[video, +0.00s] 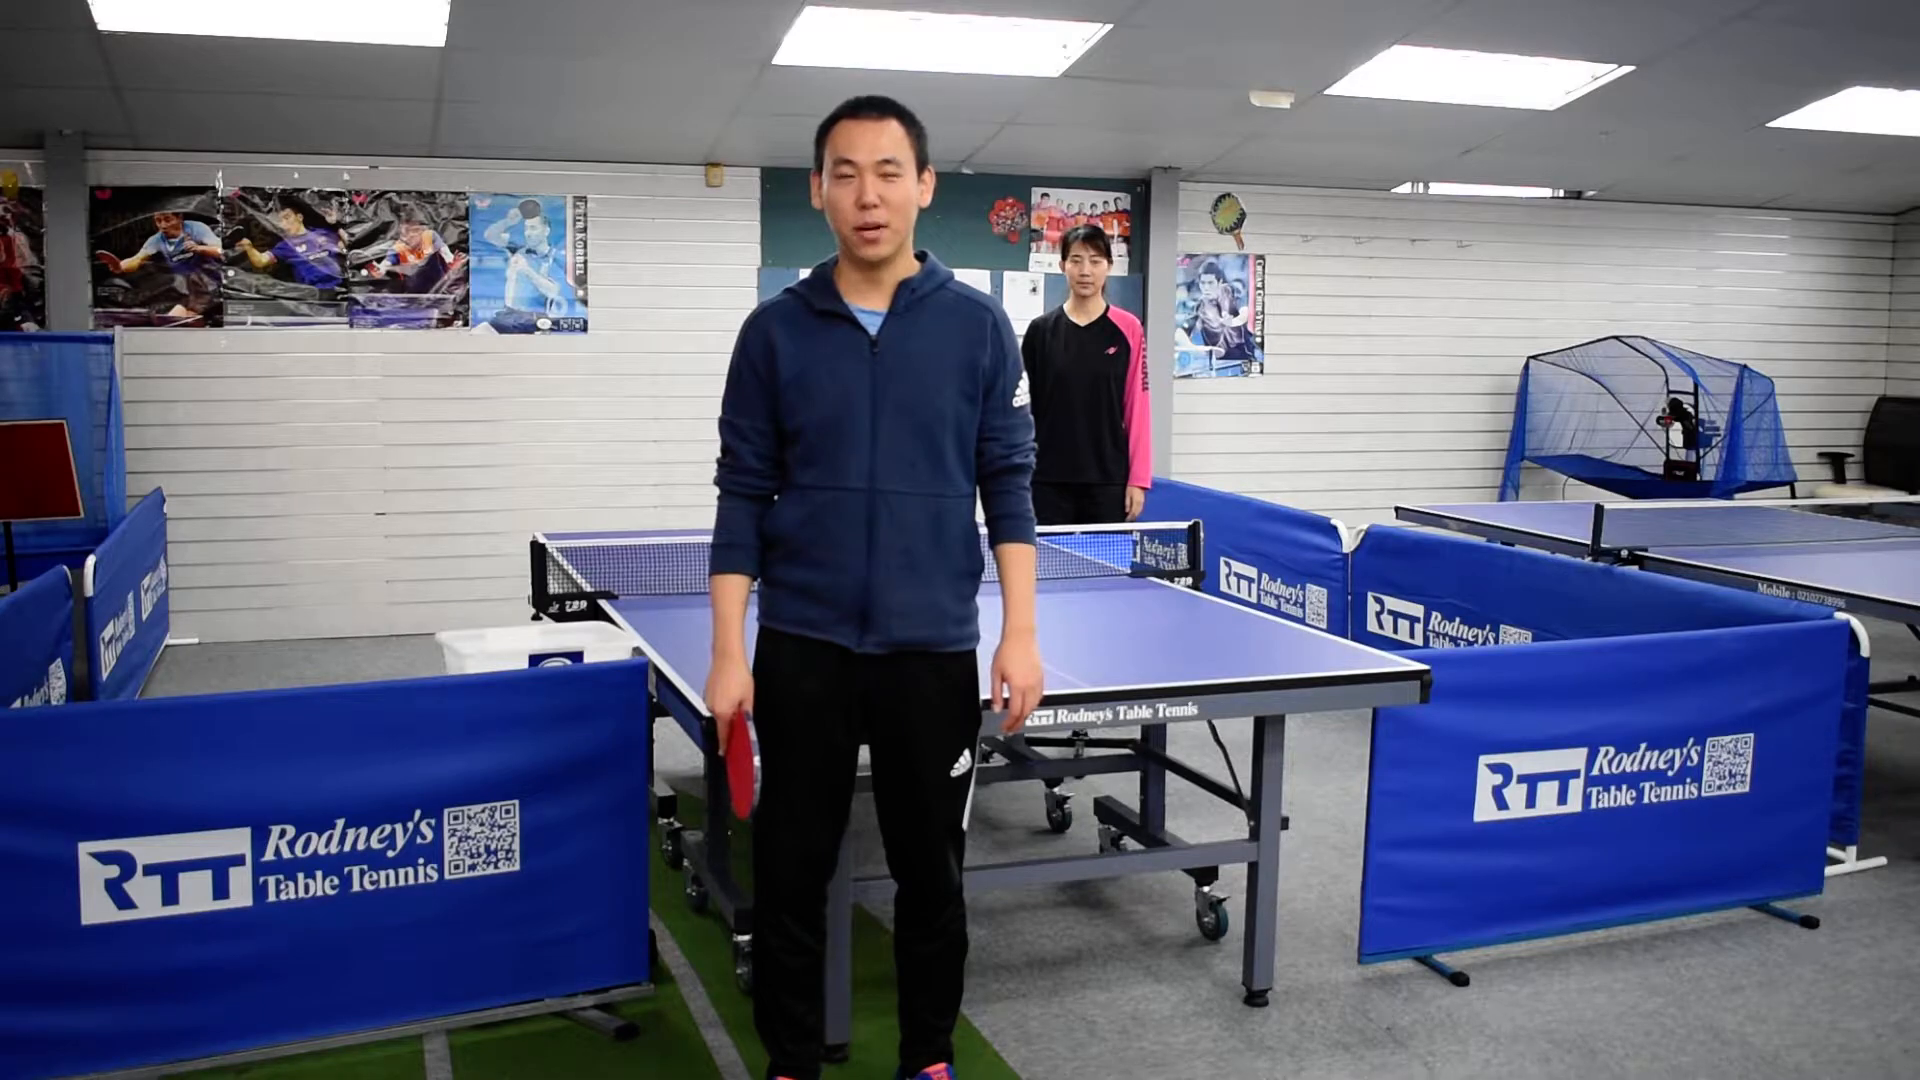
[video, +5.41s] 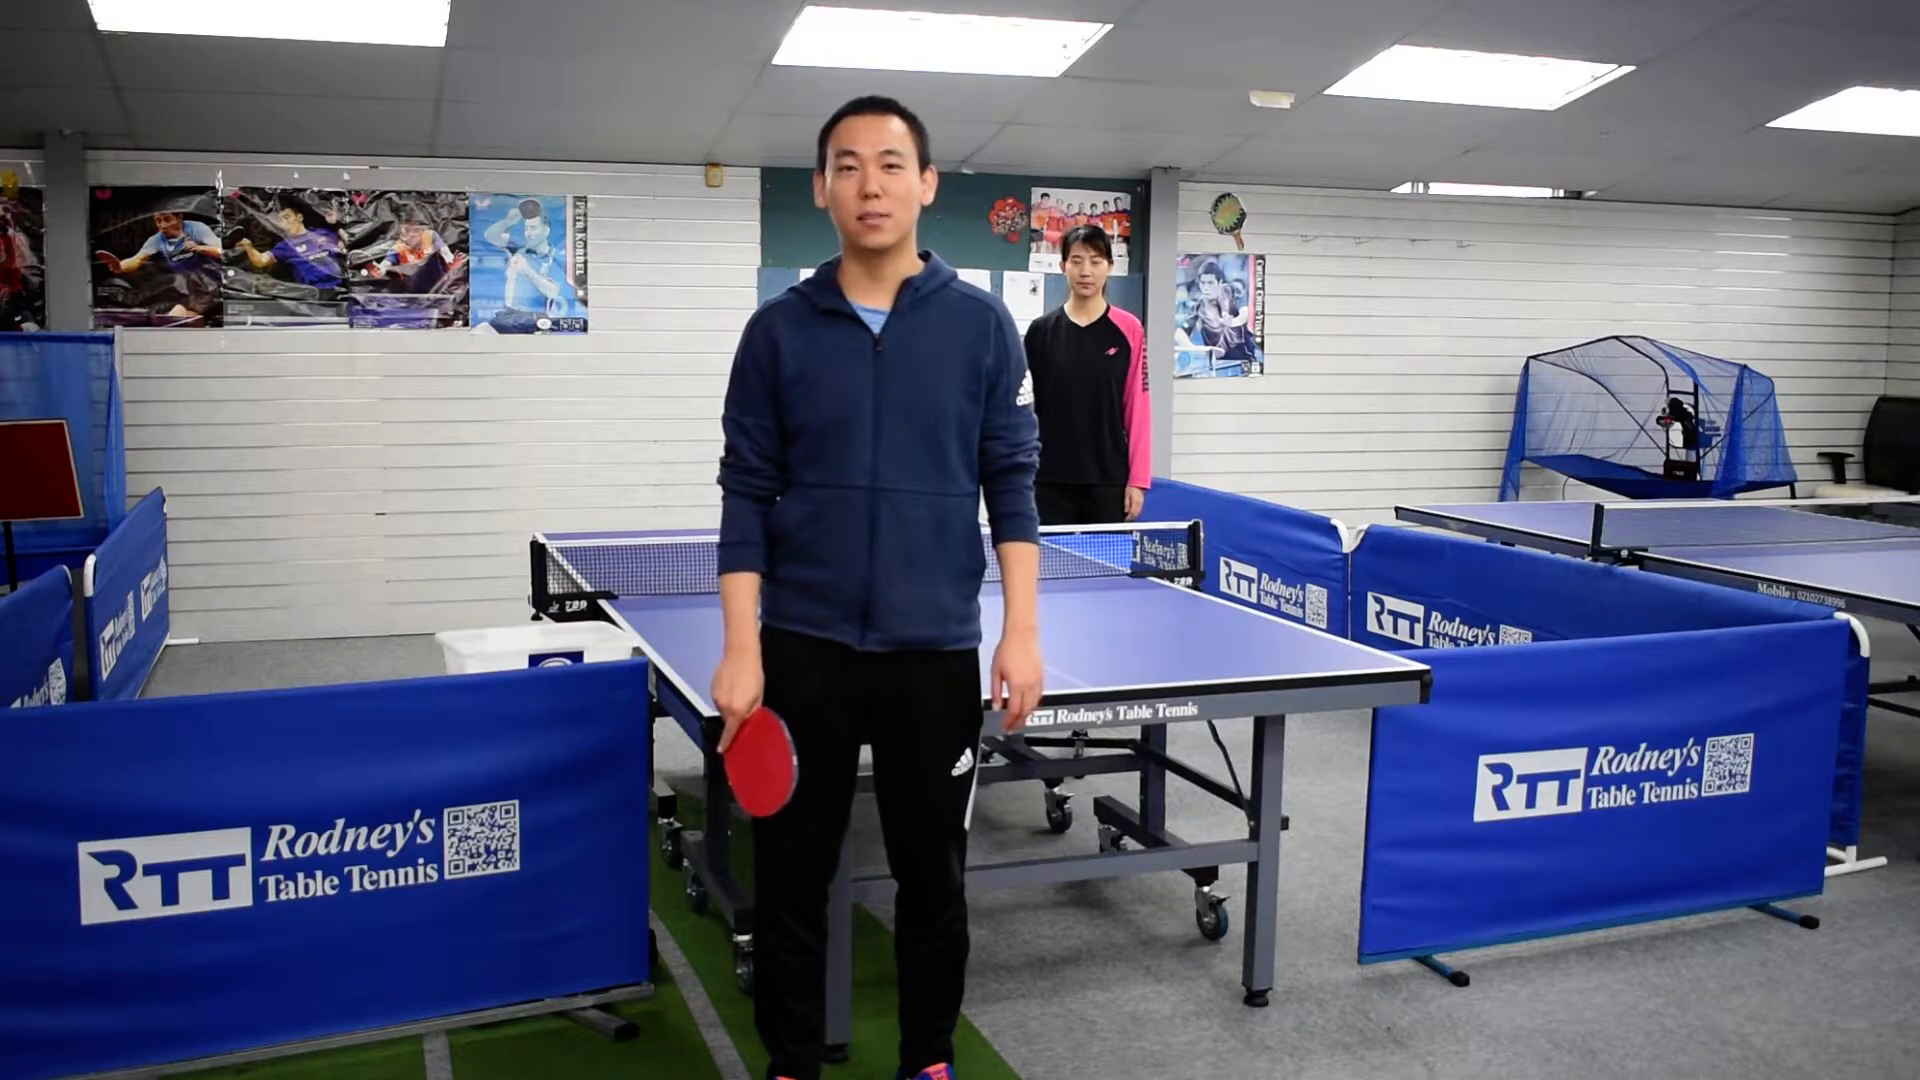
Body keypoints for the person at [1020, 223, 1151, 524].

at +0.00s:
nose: (1085, 271)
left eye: (1095, 262)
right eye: (1076, 261)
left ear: (1109, 268)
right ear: (1063, 266)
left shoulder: (1128, 329)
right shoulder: (1040, 331)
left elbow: (1137, 407)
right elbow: (1022, 405)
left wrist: (1138, 478)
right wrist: (1019, 477)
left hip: (1107, 482)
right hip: (1049, 480)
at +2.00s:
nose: (1085, 271)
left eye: (1095, 262)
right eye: (1075, 261)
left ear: (1108, 268)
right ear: (1063, 266)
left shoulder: (1128, 329)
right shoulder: (1040, 331)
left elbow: (1137, 406)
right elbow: (1023, 404)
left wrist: (1138, 479)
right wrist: (1020, 476)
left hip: (1107, 482)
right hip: (1050, 480)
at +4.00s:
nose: (1086, 271)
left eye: (1096, 262)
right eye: (1076, 261)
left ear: (1109, 268)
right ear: (1064, 266)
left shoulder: (1128, 329)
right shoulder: (1040, 331)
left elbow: (1137, 407)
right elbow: (1023, 405)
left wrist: (1138, 478)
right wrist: (1021, 477)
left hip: (1108, 481)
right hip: (1050, 480)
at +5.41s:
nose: (1086, 272)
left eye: (1096, 262)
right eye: (1076, 261)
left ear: (1109, 268)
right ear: (1064, 266)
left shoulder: (1129, 329)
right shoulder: (1040, 331)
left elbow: (1137, 407)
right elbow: (1023, 405)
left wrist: (1138, 479)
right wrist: (1021, 477)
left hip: (1108, 483)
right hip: (1050, 481)